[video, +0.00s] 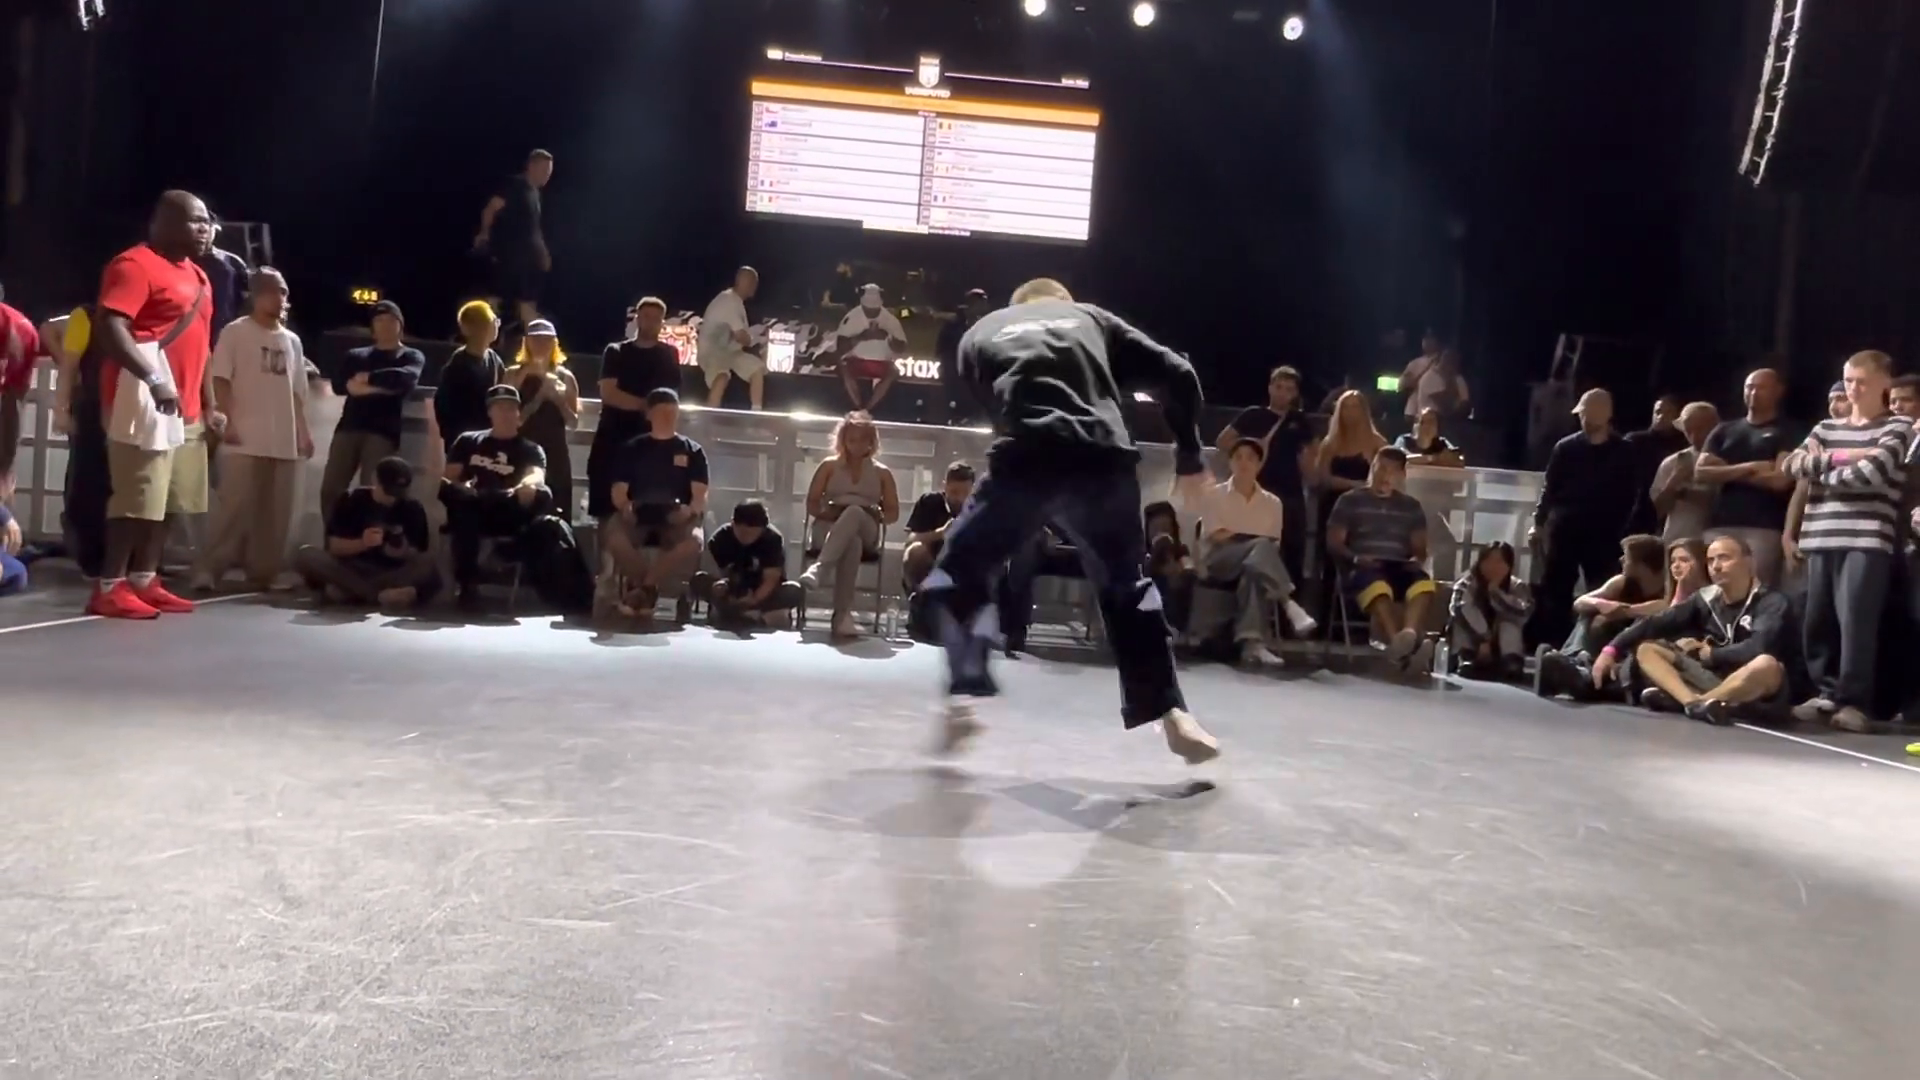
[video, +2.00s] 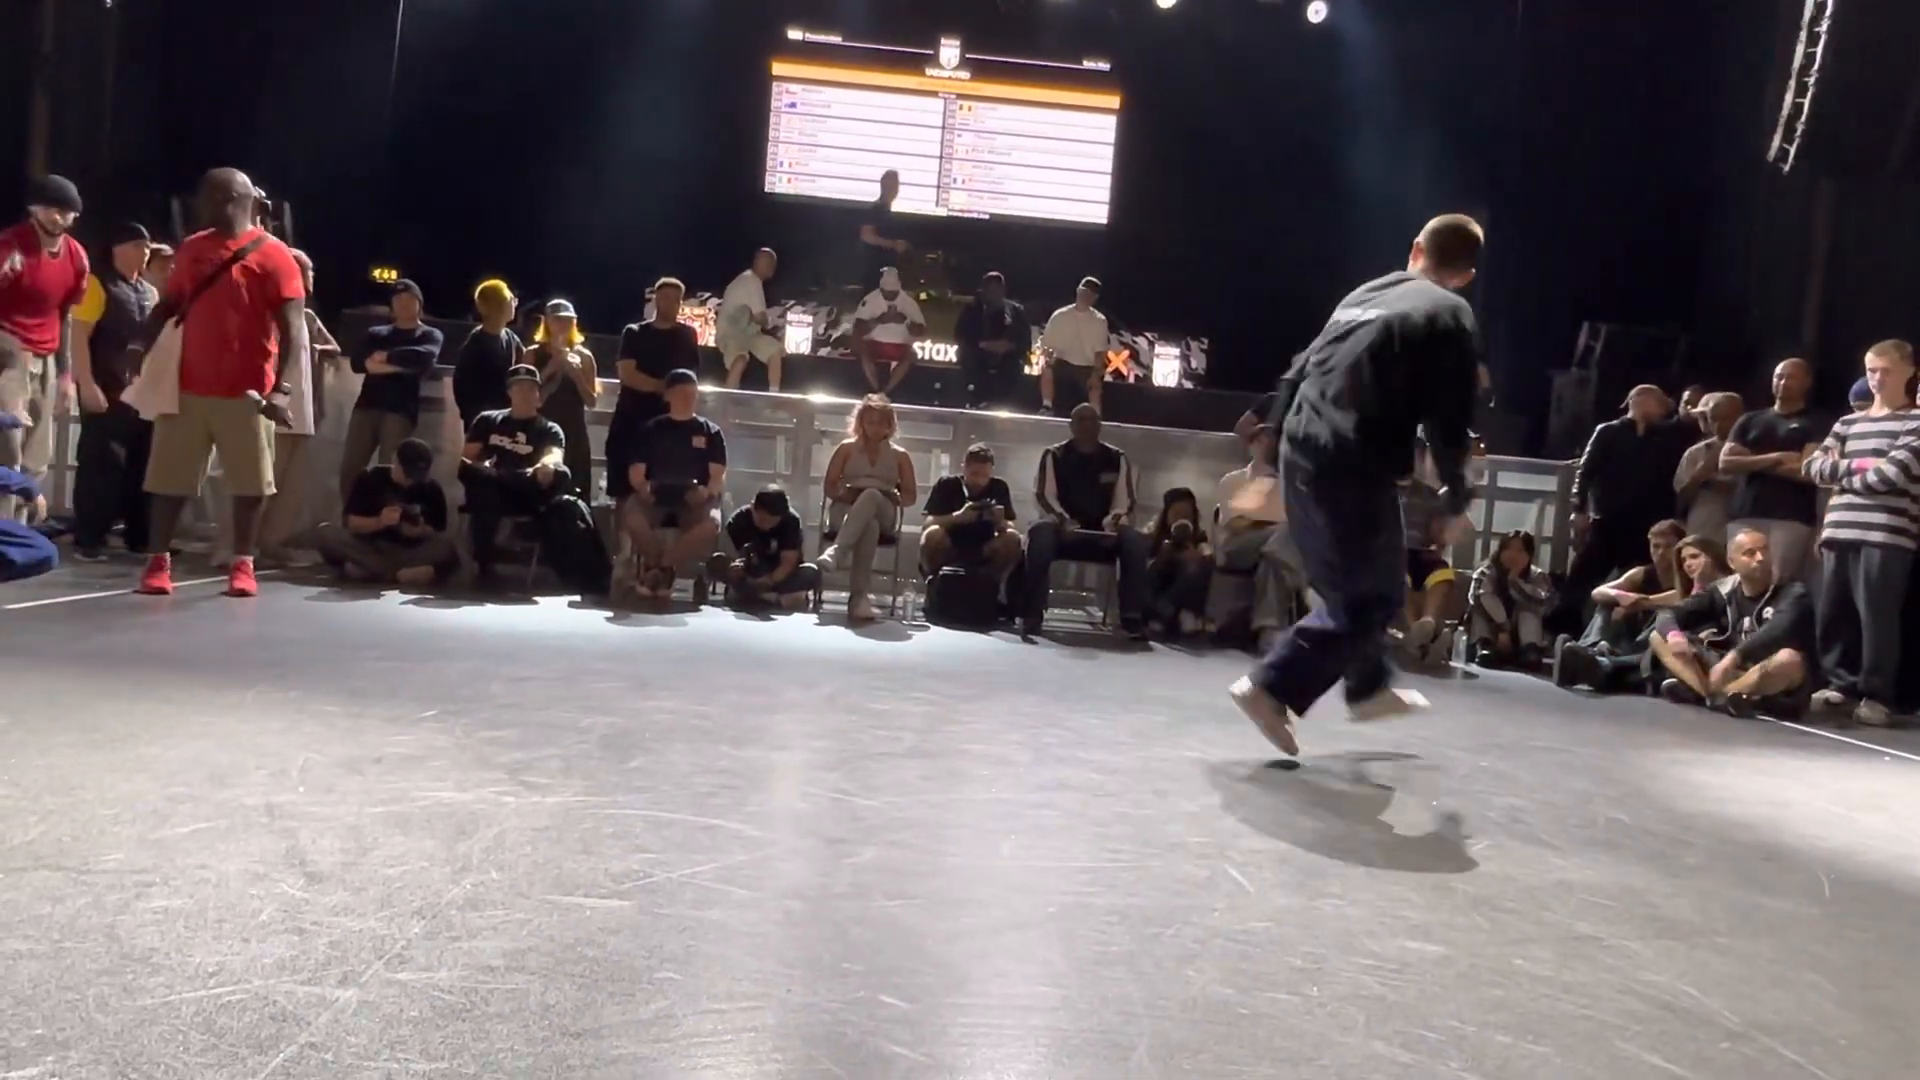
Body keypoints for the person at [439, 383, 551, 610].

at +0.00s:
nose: (508, 414)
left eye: (512, 409)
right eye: (502, 408)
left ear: (519, 414)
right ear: (489, 412)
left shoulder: (531, 449)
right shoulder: (468, 441)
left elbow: (534, 479)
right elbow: (448, 482)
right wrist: (463, 488)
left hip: (510, 503)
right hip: (475, 502)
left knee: (541, 497)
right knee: (460, 505)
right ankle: (466, 584)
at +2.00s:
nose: (527, 394)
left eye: (532, 389)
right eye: (522, 388)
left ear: (539, 395)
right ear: (509, 392)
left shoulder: (550, 429)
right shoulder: (487, 420)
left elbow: (553, 457)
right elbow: (467, 462)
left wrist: (546, 466)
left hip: (531, 488)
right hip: (494, 485)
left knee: (560, 475)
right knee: (481, 484)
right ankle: (484, 566)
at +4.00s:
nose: (523, 394)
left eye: (528, 389)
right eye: (518, 388)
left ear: (537, 395)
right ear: (507, 391)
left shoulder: (548, 430)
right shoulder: (486, 421)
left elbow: (553, 458)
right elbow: (466, 461)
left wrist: (548, 467)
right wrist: (488, 471)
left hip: (530, 490)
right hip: (493, 487)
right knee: (482, 492)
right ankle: (485, 568)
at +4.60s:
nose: (518, 400)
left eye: (523, 395)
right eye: (513, 394)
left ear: (531, 400)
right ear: (502, 398)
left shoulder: (543, 436)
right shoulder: (481, 428)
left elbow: (546, 467)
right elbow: (460, 468)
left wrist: (543, 472)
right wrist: (478, 477)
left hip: (524, 494)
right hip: (489, 493)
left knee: (552, 484)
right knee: (474, 495)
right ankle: (479, 576)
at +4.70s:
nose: (516, 401)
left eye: (521, 396)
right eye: (511, 395)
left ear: (529, 401)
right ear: (500, 399)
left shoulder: (541, 437)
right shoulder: (479, 428)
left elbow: (543, 472)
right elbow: (458, 469)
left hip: (522, 495)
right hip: (486, 494)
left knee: (550, 485)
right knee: (472, 495)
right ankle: (477, 577)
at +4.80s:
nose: (514, 401)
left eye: (518, 396)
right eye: (508, 395)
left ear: (527, 402)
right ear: (498, 400)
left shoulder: (540, 438)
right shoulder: (477, 429)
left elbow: (543, 466)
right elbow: (457, 471)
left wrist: (538, 474)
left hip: (521, 495)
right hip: (486, 494)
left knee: (550, 486)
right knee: (469, 496)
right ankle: (475, 577)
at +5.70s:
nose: (498, 423)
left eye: (502, 417)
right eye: (492, 417)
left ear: (512, 421)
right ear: (482, 421)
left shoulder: (524, 457)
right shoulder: (461, 449)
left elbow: (529, 482)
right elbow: (442, 488)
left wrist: (522, 492)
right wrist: (458, 496)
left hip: (506, 514)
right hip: (470, 512)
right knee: (457, 518)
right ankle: (464, 597)